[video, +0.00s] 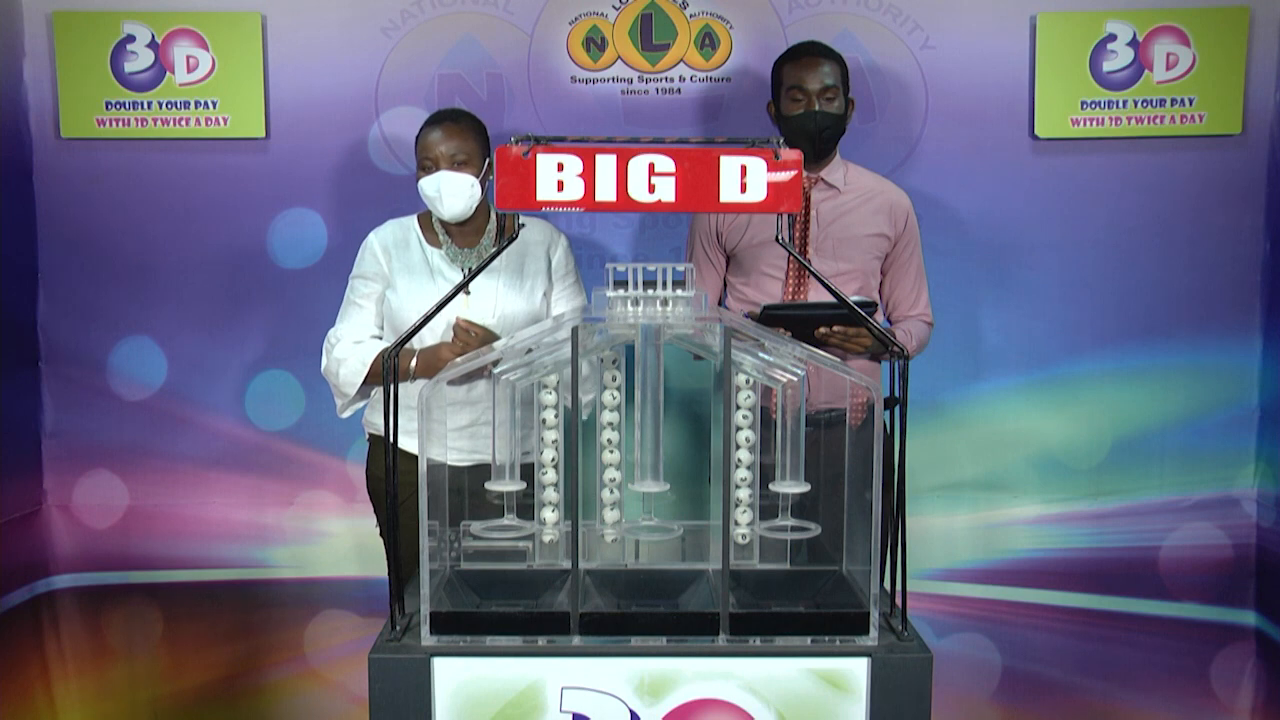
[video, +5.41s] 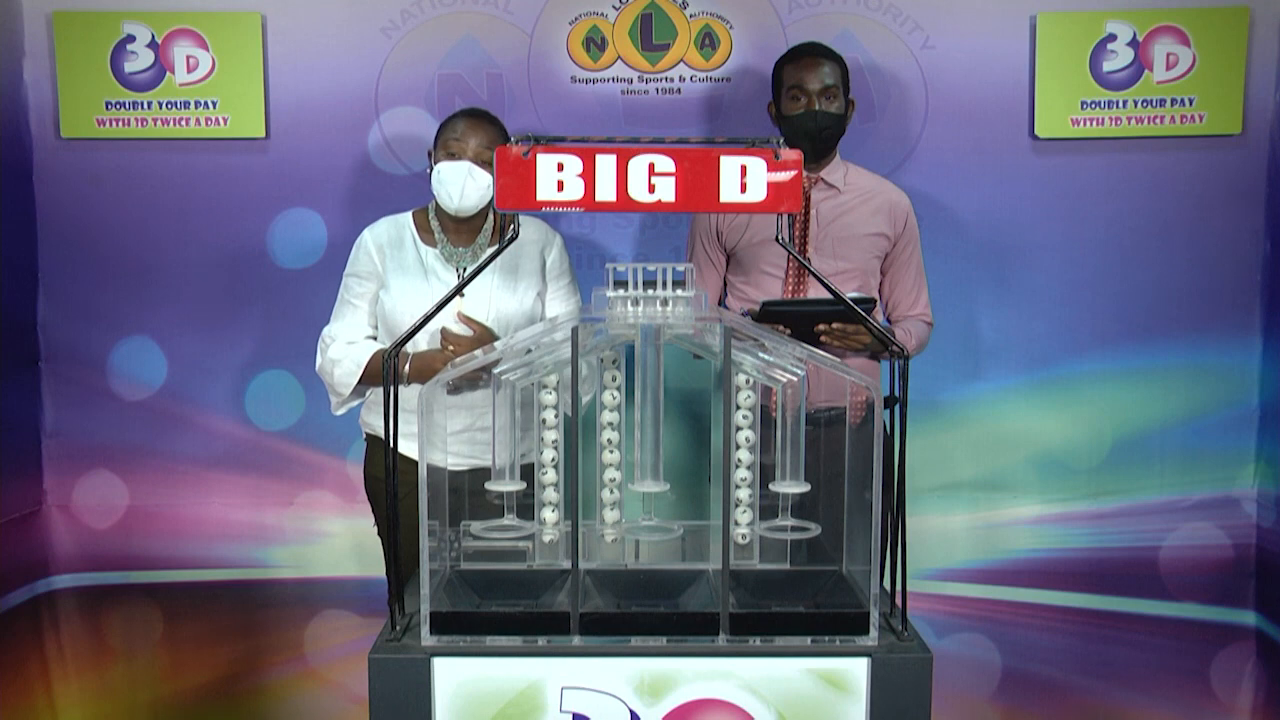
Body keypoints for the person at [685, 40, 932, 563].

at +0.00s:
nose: (813, 108)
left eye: (829, 94)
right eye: (796, 95)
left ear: (848, 108)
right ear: (774, 109)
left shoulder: (888, 205)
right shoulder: (726, 201)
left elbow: (915, 321)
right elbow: (696, 319)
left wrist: (876, 342)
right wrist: (761, 340)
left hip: (844, 419)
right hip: (751, 419)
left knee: (845, 584)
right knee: (753, 581)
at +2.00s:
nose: (812, 107)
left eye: (828, 94)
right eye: (795, 95)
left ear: (848, 108)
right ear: (774, 109)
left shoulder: (887, 205)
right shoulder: (726, 200)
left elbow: (914, 320)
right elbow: (696, 318)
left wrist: (876, 341)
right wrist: (759, 338)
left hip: (843, 416)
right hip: (751, 416)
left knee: (844, 579)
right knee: (753, 578)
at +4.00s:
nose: (814, 107)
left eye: (829, 94)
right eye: (796, 95)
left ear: (848, 108)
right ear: (774, 109)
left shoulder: (888, 205)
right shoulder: (727, 200)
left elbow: (914, 321)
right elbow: (695, 317)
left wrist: (876, 341)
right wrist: (758, 335)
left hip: (844, 416)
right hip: (752, 416)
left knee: (844, 580)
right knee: (753, 579)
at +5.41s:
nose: (813, 107)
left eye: (828, 94)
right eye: (796, 95)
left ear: (847, 108)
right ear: (775, 109)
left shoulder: (888, 204)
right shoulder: (727, 201)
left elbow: (914, 320)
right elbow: (696, 317)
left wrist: (877, 339)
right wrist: (754, 330)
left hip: (843, 416)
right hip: (751, 416)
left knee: (844, 578)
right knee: (752, 577)